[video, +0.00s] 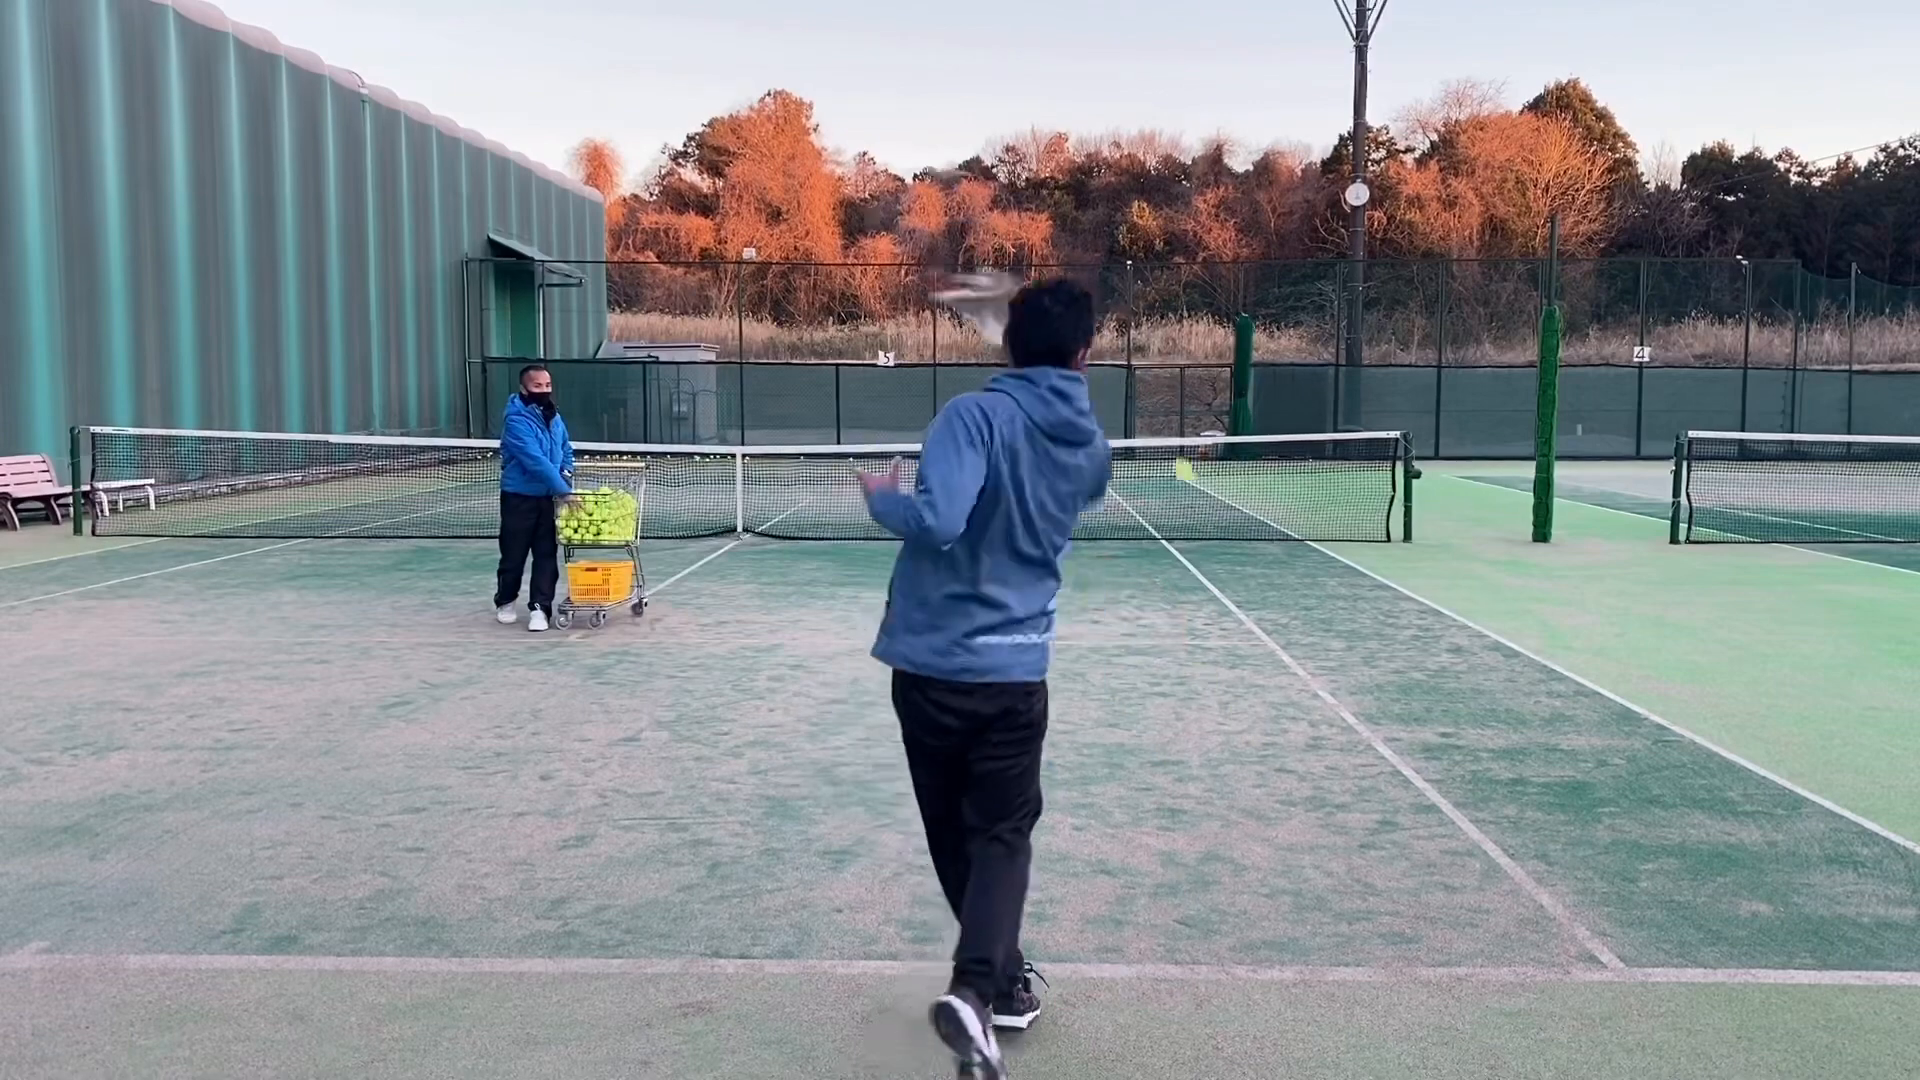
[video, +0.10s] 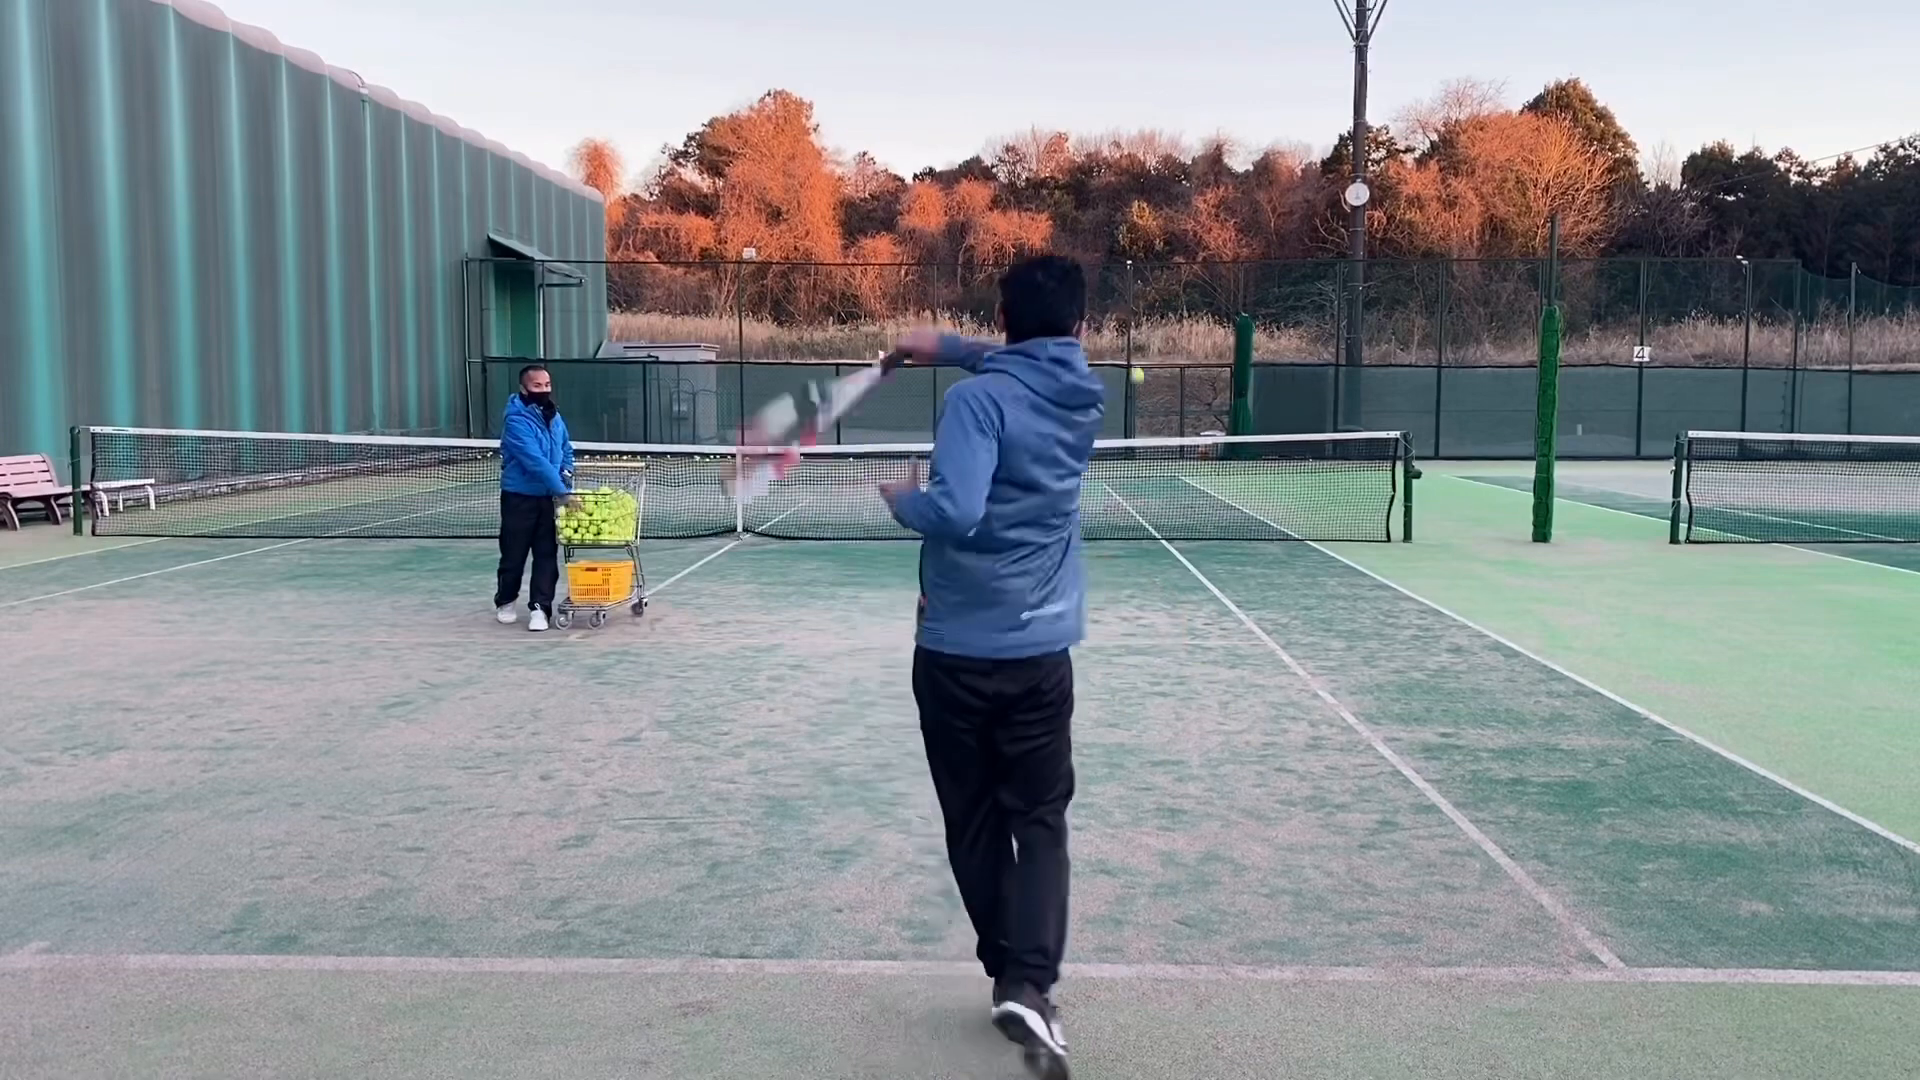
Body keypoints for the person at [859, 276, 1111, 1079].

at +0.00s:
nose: (1002, 338)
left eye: (1009, 328)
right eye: (1084, 342)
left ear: (1009, 340)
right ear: (1083, 351)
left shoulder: (970, 418)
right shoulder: (1087, 445)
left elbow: (940, 520)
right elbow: (1060, 495)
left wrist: (882, 497)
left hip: (929, 670)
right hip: (1016, 676)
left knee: (951, 833)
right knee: (1004, 832)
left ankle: (1010, 982)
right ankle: (971, 995)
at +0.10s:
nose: (996, 319)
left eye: (1001, 309)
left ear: (1004, 320)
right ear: (1078, 326)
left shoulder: (979, 398)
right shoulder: (1082, 389)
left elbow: (959, 510)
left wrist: (901, 498)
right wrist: (935, 345)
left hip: (959, 654)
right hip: (1042, 652)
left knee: (973, 820)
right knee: (1042, 814)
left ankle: (1011, 976)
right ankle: (1029, 990)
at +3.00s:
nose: (946, 435)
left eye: (948, 422)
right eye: (945, 421)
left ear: (885, 396)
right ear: (926, 417)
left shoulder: (878, 484)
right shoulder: (847, 449)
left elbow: (904, 564)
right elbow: (736, 480)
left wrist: (979, 594)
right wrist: (809, 470)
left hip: (806, 728)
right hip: (794, 733)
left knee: (870, 893)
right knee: (907, 927)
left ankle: (788, 1038)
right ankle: (872, 1072)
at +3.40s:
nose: (1105, 494)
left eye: (1108, 479)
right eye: (1108, 479)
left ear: (1034, 457)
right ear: (1092, 482)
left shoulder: (953, 487)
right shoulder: (1015, 552)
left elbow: (837, 511)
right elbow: (973, 676)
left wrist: (859, 581)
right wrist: (1003, 784)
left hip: (840, 737)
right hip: (912, 762)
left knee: (954, 877)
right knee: (980, 944)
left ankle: (989, 1020)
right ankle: (898, 1072)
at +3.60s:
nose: (1086, 384)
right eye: (1086, 373)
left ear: (1002, 366)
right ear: (1079, 379)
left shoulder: (946, 434)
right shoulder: (1079, 483)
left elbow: (887, 532)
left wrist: (867, 490)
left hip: (898, 691)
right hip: (991, 701)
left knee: (934, 861)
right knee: (983, 870)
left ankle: (995, 1010)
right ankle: (934, 1039)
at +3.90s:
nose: (969, 330)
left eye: (973, 320)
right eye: (975, 318)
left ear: (978, 330)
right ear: (1052, 326)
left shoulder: (972, 410)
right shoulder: (1064, 397)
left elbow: (976, 535)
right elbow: (990, 386)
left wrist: (913, 509)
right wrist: (910, 392)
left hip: (966, 677)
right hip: (1049, 669)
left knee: (978, 842)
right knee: (1072, 834)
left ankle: (1022, 1010)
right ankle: (1114, 1012)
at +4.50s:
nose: (750, 331)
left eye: (752, 320)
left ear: (758, 328)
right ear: (835, 323)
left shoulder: (727, 420)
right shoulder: (883, 425)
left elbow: (681, 542)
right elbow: (921, 547)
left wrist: (717, 504)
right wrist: (842, 549)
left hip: (766, 692)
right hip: (866, 685)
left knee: (772, 860)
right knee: (888, 847)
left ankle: (802, 1039)